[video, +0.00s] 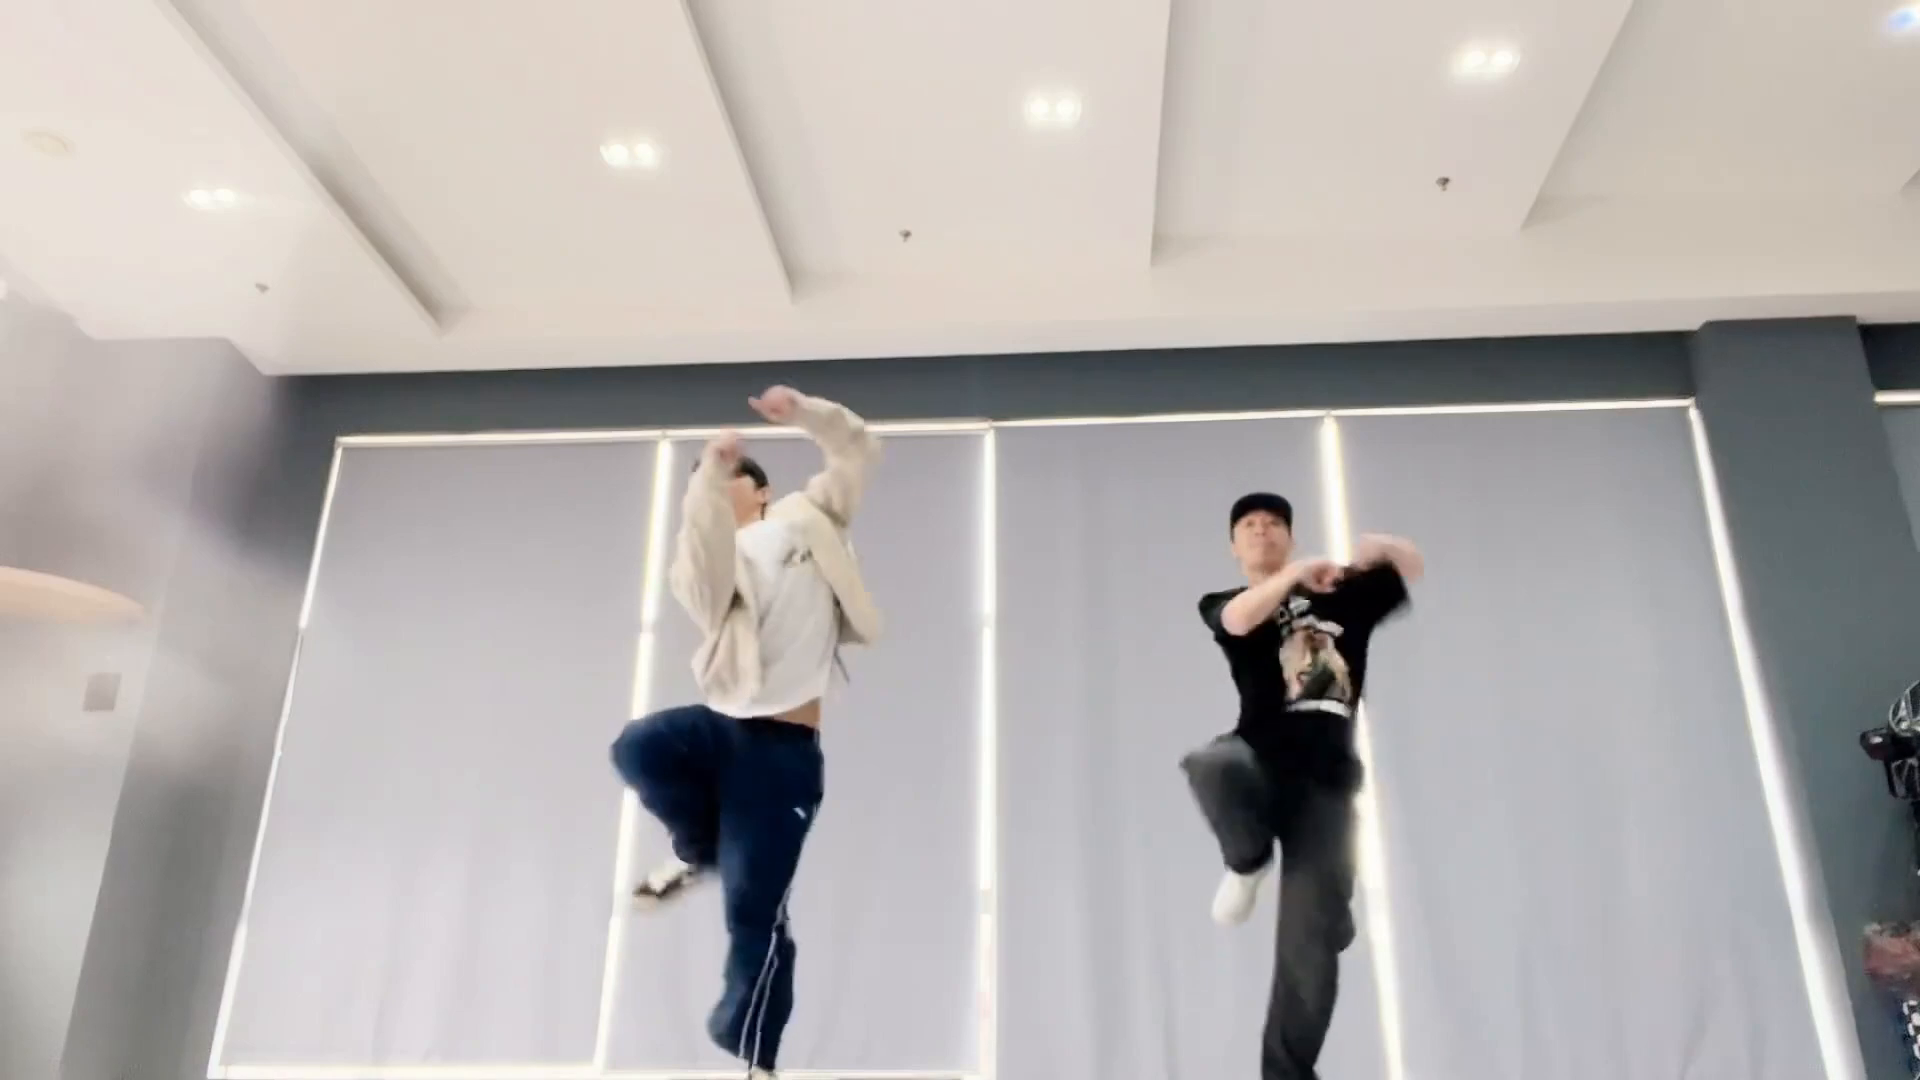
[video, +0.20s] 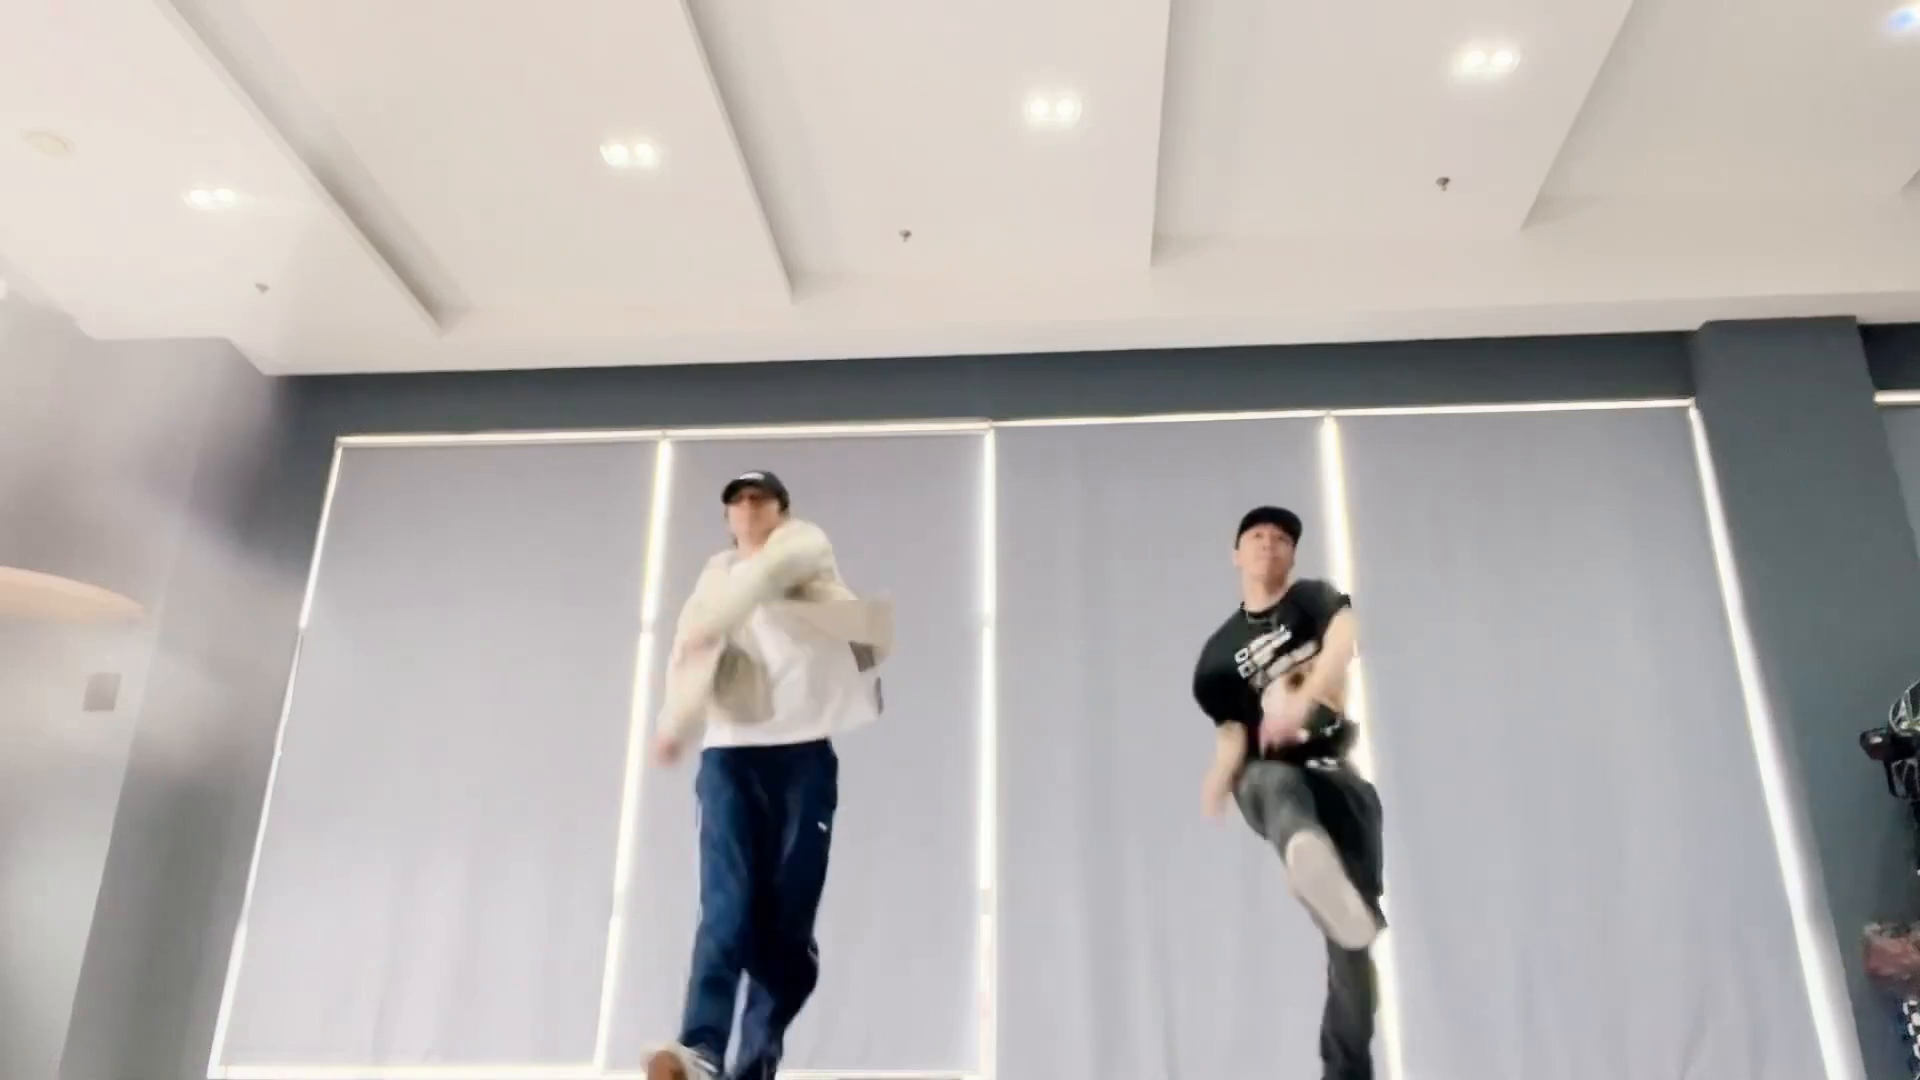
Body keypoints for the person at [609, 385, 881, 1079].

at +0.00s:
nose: (736, 483)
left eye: (745, 474)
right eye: (723, 481)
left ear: (765, 488)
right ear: (709, 505)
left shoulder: (811, 518)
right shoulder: (710, 561)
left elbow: (858, 451)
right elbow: (701, 542)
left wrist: (804, 411)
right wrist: (709, 474)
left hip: (785, 749)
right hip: (718, 727)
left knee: (754, 915)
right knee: (637, 749)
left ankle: (753, 1057)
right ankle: (704, 853)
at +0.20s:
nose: (749, 509)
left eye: (761, 500)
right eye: (739, 501)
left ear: (783, 514)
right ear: (726, 517)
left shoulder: (809, 545)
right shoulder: (716, 577)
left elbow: (767, 571)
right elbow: (695, 653)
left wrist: (710, 623)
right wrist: (676, 725)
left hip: (802, 757)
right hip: (729, 757)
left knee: (784, 922)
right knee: (727, 908)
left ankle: (753, 1067)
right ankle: (702, 1053)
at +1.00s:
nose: (745, 458)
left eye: (757, 449)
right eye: (732, 451)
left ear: (776, 467)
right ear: (716, 470)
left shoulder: (798, 530)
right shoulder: (684, 517)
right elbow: (658, 594)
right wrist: (706, 679)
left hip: (736, 726)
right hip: (665, 723)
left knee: (693, 891)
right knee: (659, 892)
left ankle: (681, 1062)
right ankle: (710, 1059)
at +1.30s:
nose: (691, 500)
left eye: (701, 484)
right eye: (683, 490)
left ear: (734, 479)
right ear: (679, 495)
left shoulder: (785, 527)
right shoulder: (686, 551)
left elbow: (797, 548)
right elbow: (659, 625)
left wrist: (690, 521)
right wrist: (666, 686)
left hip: (737, 724)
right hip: (697, 723)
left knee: (665, 875)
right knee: (645, 878)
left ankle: (705, 1054)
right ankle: (679, 1052)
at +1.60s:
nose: (716, 482)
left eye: (727, 469)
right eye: (703, 478)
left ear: (752, 475)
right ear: (692, 495)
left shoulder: (775, 521)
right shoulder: (675, 548)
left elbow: (681, 534)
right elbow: (664, 640)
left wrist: (553, 539)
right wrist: (703, 707)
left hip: (742, 748)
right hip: (671, 749)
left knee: (651, 880)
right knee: (681, 917)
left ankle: (598, 1049)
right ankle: (730, 1044)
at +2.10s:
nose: (718, 482)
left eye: (726, 467)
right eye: (707, 480)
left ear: (756, 464)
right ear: (706, 490)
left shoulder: (792, 499)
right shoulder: (741, 543)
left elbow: (711, 503)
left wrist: (599, 490)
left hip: (774, 719)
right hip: (728, 722)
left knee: (655, 903)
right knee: (596, 876)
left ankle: (744, 1070)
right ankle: (649, 1046)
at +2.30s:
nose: (720, 454)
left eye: (730, 439)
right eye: (715, 448)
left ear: (762, 434)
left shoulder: (767, 462)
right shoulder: (805, 514)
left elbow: (672, 520)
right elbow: (872, 611)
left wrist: (558, 561)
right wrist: (834, 690)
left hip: (767, 684)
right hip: (735, 696)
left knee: (702, 889)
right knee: (591, 782)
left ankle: (745, 1067)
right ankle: (542, 951)